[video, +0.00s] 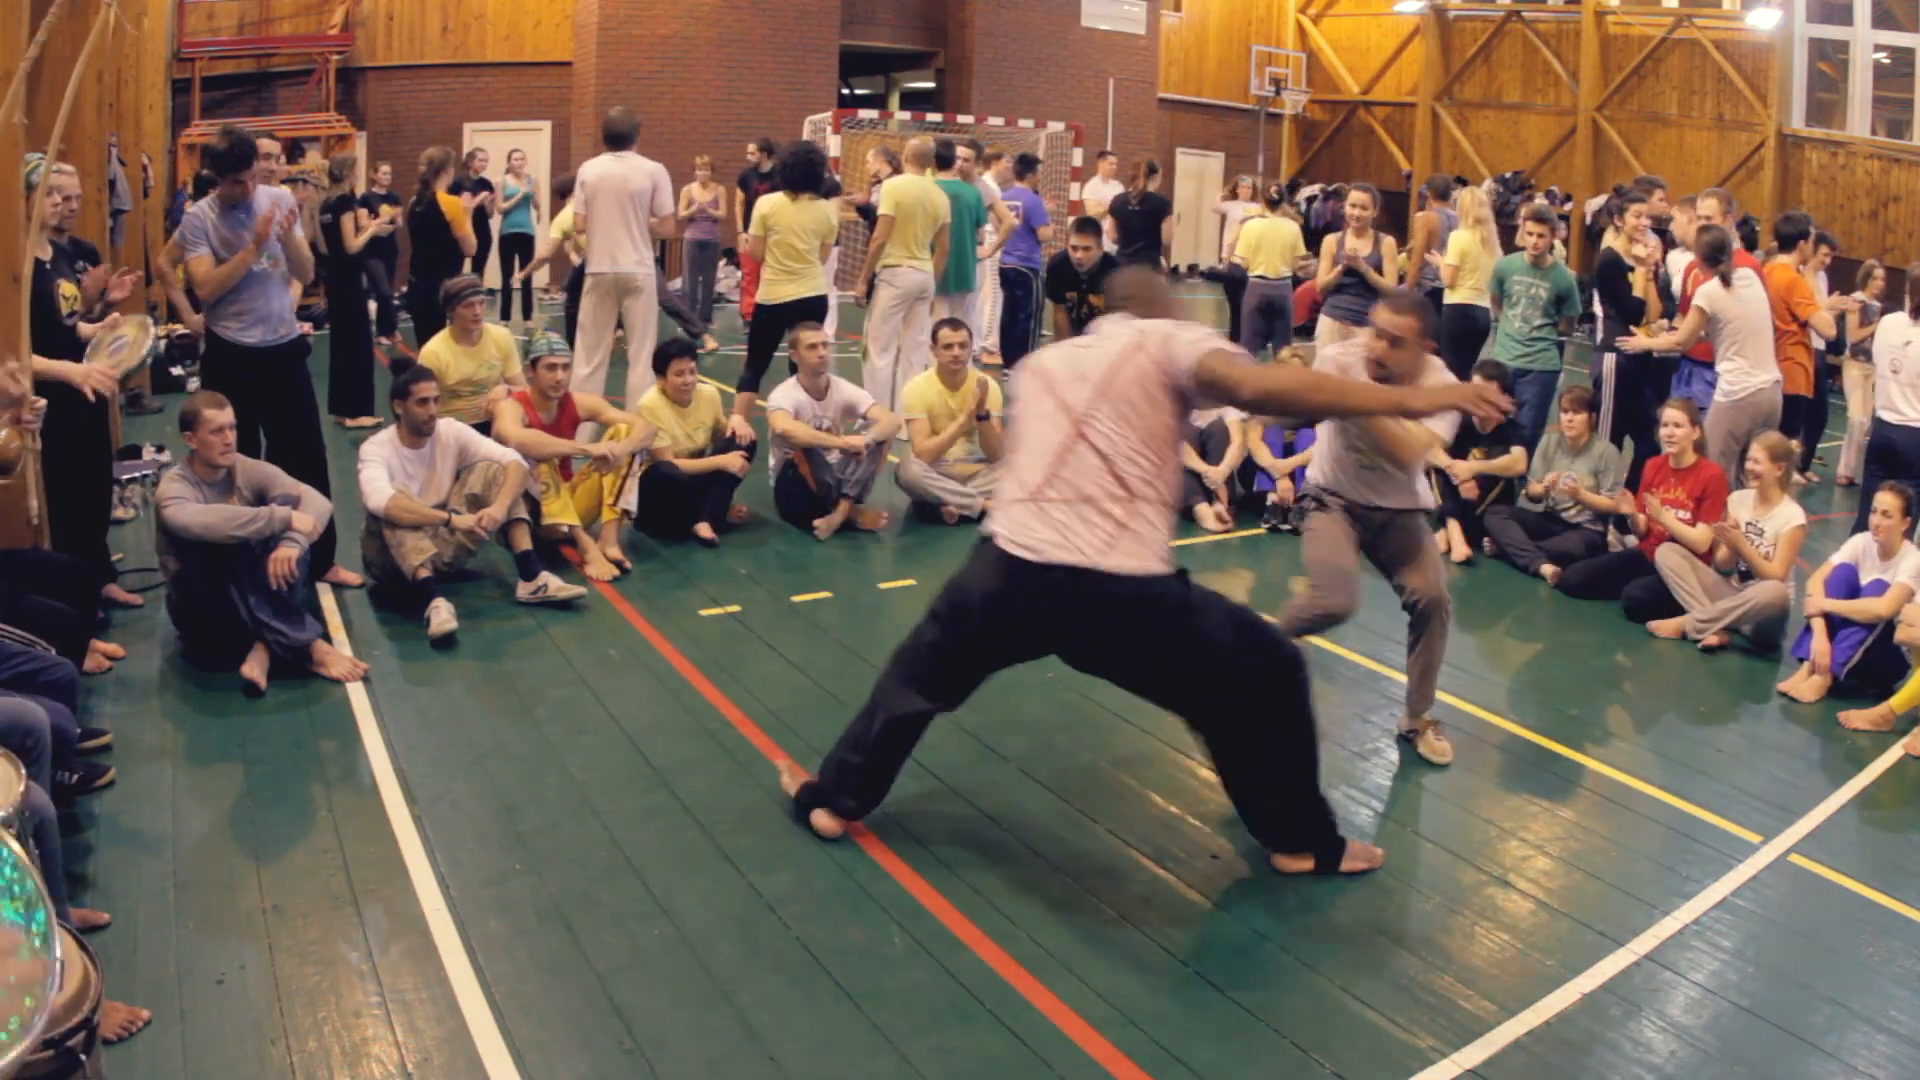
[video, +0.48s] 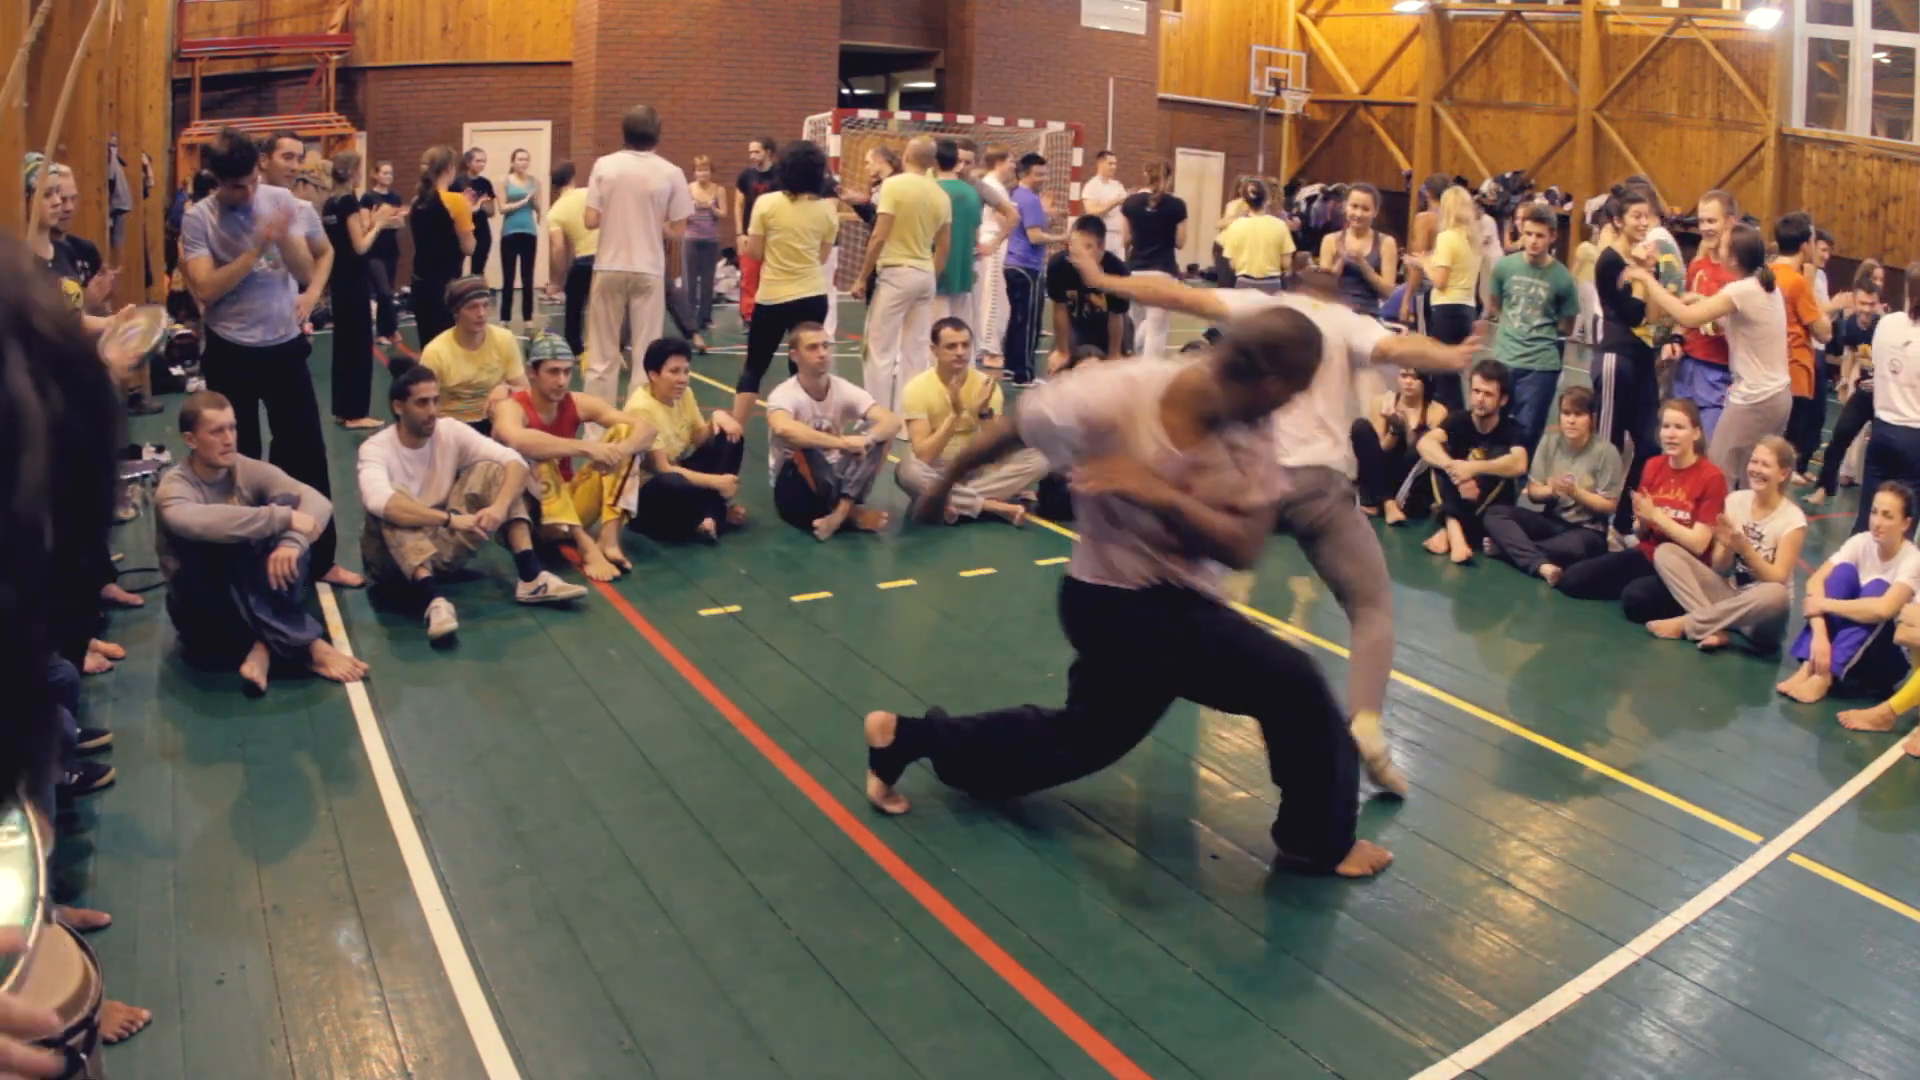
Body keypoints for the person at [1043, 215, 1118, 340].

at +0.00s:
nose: (1079, 256)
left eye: (1086, 249)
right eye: (1074, 249)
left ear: (1100, 248)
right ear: (1067, 246)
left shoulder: (1113, 268)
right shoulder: (1057, 264)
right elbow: (1060, 311)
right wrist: (1066, 349)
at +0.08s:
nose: (1079, 255)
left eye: (1086, 249)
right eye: (1075, 248)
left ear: (1101, 249)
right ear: (1068, 245)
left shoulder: (1115, 272)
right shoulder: (1057, 266)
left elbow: (1114, 317)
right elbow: (1059, 311)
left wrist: (1113, 354)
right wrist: (1062, 351)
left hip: (1104, 331)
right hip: (1072, 331)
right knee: (1058, 389)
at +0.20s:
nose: (1078, 252)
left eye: (1086, 246)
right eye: (1074, 245)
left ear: (1101, 247)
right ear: (1068, 242)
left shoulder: (1116, 270)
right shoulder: (1057, 265)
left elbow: (1115, 316)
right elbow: (1060, 310)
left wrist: (1113, 354)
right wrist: (1062, 350)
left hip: (1106, 333)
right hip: (1071, 332)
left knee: (1113, 386)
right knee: (1058, 384)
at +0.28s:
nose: (1078, 252)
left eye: (1086, 246)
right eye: (1074, 244)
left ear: (1101, 247)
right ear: (1068, 242)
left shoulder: (1116, 270)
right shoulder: (1058, 265)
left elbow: (1115, 316)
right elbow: (1060, 309)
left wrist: (1113, 355)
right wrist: (1062, 350)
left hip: (1106, 330)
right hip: (1072, 329)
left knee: (1112, 387)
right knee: (1059, 383)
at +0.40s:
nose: (1078, 252)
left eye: (1086, 246)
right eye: (1074, 244)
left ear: (1101, 247)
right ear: (1068, 242)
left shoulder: (1117, 271)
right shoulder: (1058, 265)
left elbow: (1115, 316)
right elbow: (1060, 309)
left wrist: (1114, 354)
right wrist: (1062, 350)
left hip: (1107, 332)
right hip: (1072, 331)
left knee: (1113, 387)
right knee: (1058, 385)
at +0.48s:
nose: (1080, 253)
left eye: (1088, 247)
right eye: (1075, 246)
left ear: (1101, 248)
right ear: (1069, 245)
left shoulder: (1116, 269)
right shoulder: (1058, 265)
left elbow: (1116, 316)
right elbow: (1060, 309)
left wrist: (1114, 355)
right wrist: (1063, 351)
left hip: (1108, 324)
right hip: (1075, 324)